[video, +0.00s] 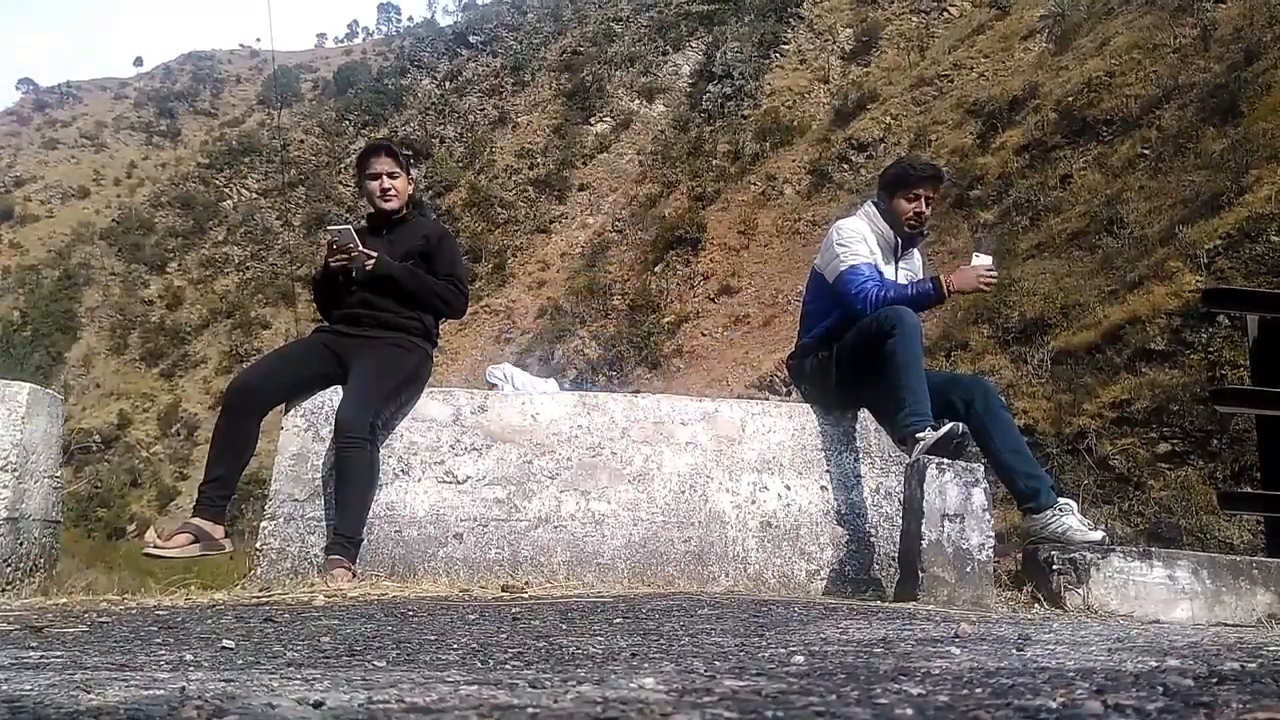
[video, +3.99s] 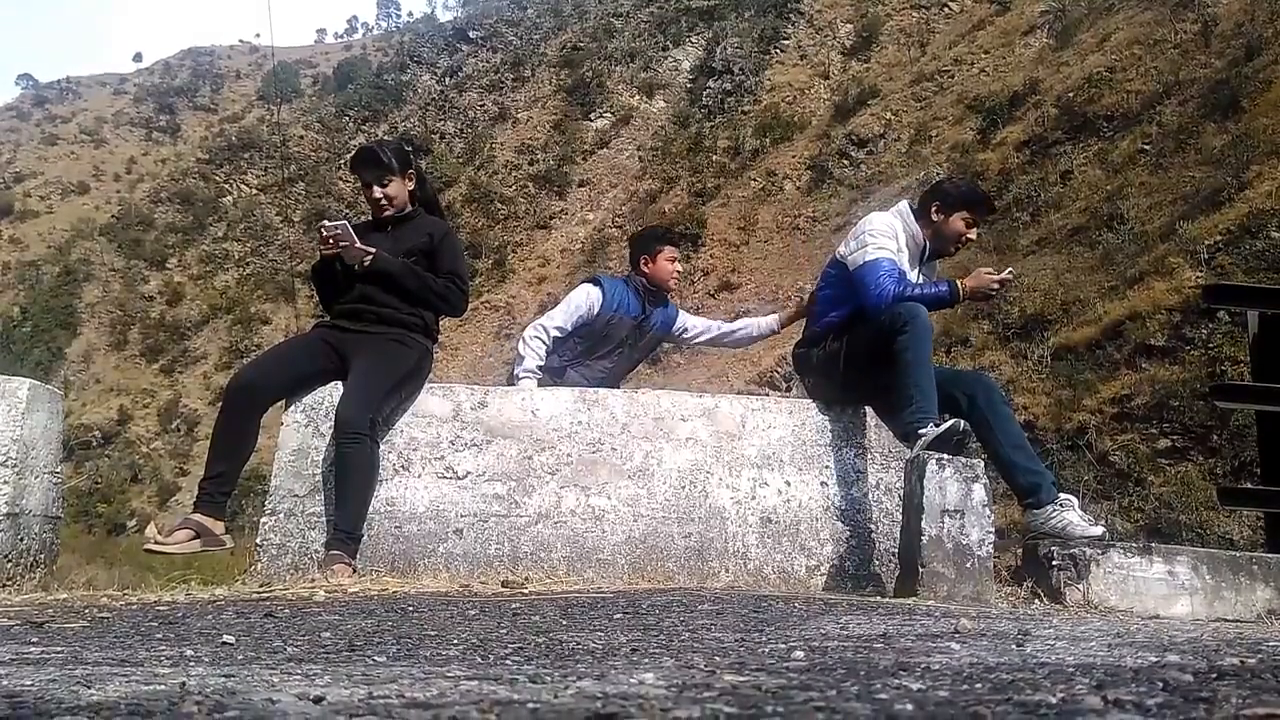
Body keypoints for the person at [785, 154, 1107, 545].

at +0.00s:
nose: (920, 209)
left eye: (928, 202)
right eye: (910, 198)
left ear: (932, 207)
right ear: (885, 197)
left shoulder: (910, 253)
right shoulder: (849, 232)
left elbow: (903, 308)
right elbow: (865, 297)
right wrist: (945, 284)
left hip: (879, 376)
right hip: (825, 373)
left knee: (975, 391)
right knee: (898, 321)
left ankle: (1043, 510)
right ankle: (917, 434)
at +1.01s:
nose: (874, 208)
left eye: (887, 204)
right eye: (873, 199)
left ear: (909, 216)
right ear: (869, 200)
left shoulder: (910, 255)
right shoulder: (836, 235)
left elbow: (908, 313)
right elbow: (870, 296)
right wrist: (953, 289)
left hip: (879, 376)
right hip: (824, 372)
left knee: (976, 391)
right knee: (899, 318)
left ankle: (1043, 508)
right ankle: (916, 433)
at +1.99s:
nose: (838, 202)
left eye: (851, 196)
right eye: (838, 193)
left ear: (880, 208)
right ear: (835, 196)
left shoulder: (900, 246)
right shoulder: (818, 236)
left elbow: (902, 312)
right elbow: (858, 294)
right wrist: (944, 283)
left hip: (878, 374)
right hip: (822, 370)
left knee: (976, 389)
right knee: (890, 316)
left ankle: (1043, 507)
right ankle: (914, 430)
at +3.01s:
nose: (890, 202)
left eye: (903, 199)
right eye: (884, 192)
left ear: (912, 214)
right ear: (867, 193)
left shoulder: (899, 252)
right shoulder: (831, 229)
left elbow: (889, 309)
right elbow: (861, 293)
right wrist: (942, 285)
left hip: (872, 374)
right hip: (820, 371)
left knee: (975, 390)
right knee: (892, 317)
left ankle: (1043, 509)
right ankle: (913, 433)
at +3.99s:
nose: (970, 234)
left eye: (974, 226)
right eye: (967, 222)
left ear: (938, 217)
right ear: (936, 212)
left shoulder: (921, 253)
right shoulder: (879, 228)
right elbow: (882, 295)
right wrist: (960, 288)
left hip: (875, 369)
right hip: (828, 364)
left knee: (977, 388)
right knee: (909, 317)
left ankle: (1044, 504)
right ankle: (920, 428)